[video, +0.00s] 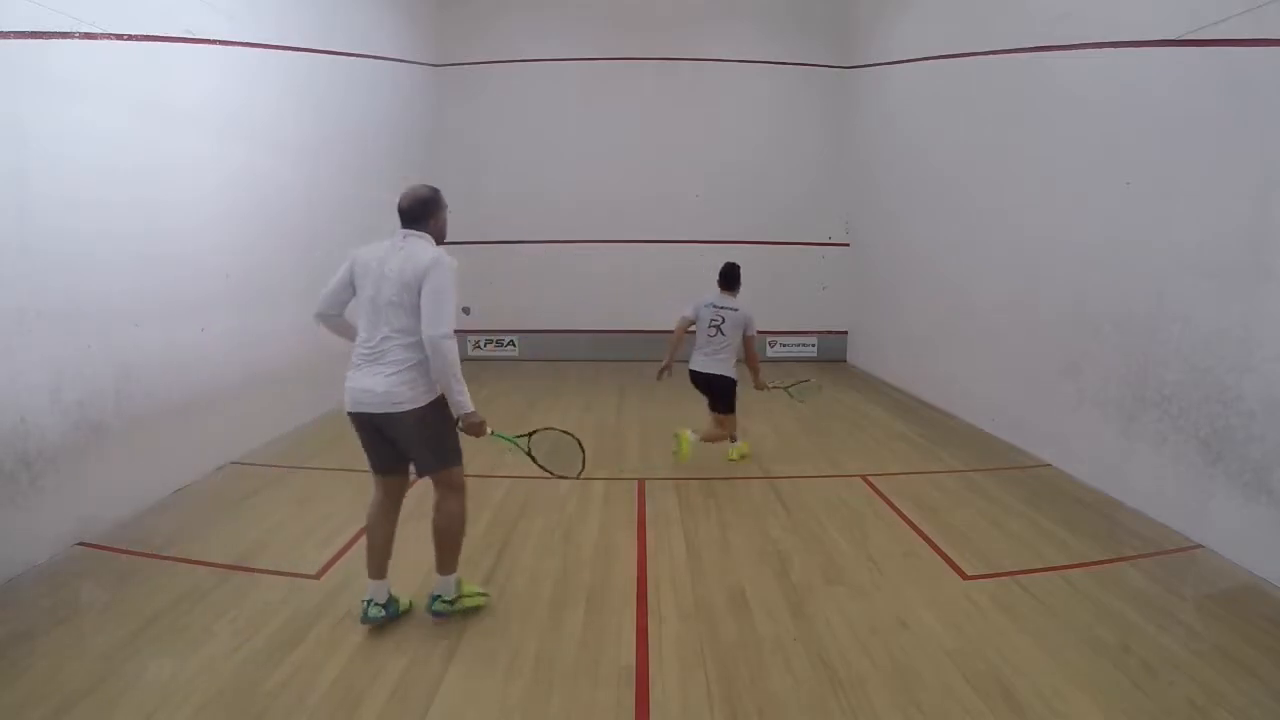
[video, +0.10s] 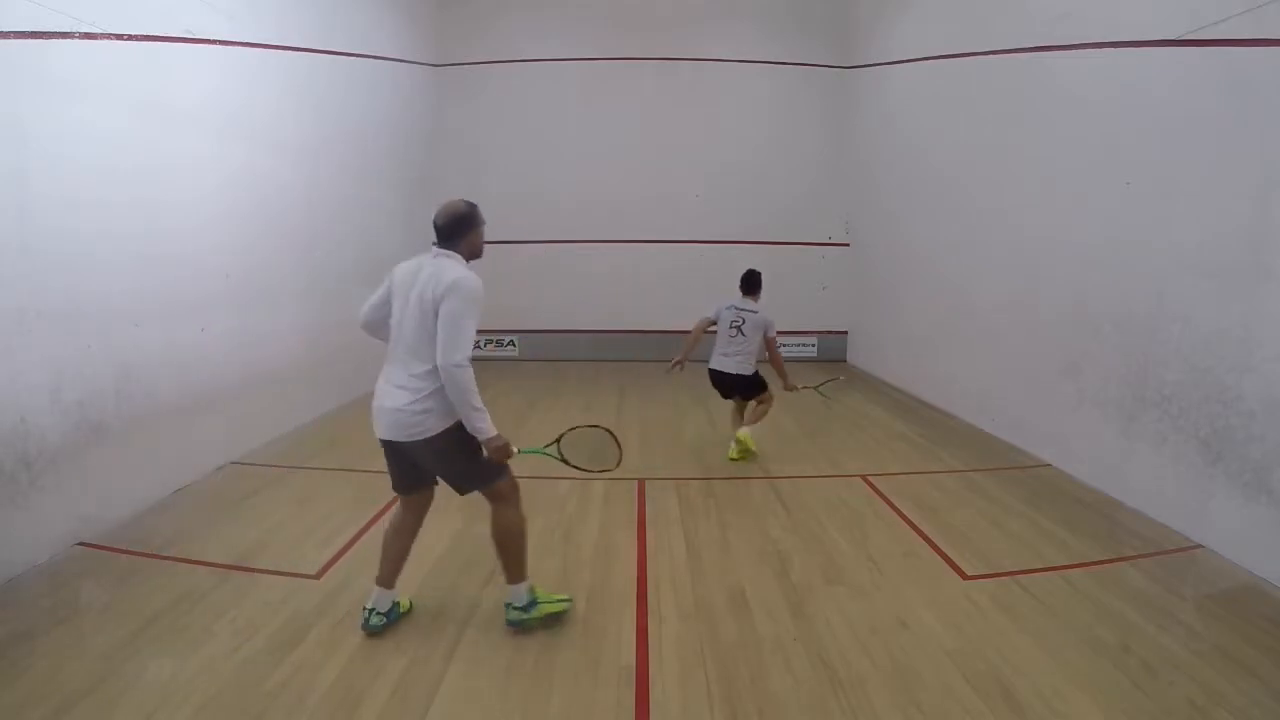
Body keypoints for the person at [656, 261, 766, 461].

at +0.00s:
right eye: (736, 282)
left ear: (718, 282)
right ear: (739, 285)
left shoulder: (703, 304)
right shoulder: (744, 314)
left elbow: (680, 329)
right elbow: (750, 355)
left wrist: (669, 360)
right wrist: (757, 379)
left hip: (696, 373)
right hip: (722, 378)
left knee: (722, 401)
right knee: (724, 431)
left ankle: (734, 443)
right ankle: (692, 437)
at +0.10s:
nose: (757, 290)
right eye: (758, 287)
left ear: (740, 288)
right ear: (760, 290)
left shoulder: (725, 309)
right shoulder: (764, 319)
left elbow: (699, 327)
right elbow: (774, 356)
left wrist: (683, 356)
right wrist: (786, 381)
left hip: (716, 371)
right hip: (743, 375)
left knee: (740, 400)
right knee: (765, 400)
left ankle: (736, 445)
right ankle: (745, 430)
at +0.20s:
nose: (779, 295)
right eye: (779, 292)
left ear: (760, 293)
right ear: (778, 295)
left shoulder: (744, 311)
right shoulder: (782, 322)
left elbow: (717, 325)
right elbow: (795, 359)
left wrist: (700, 345)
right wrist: (810, 383)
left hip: (737, 370)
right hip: (763, 372)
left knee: (749, 406)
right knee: (784, 384)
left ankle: (738, 434)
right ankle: (787, 423)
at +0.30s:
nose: (798, 304)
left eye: (797, 300)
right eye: (798, 301)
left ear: (779, 301)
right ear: (795, 302)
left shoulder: (765, 317)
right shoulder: (800, 328)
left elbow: (741, 328)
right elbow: (814, 365)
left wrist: (720, 346)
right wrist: (831, 388)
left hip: (754, 372)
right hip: (780, 375)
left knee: (750, 413)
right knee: (797, 389)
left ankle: (743, 429)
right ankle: (805, 412)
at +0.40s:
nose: (814, 323)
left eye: (812, 320)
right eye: (813, 321)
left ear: (795, 320)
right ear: (811, 322)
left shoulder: (781, 334)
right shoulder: (814, 341)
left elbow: (758, 351)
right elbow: (832, 369)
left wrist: (740, 373)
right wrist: (853, 387)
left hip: (772, 380)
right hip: (796, 382)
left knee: (762, 409)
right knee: (813, 384)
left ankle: (751, 428)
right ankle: (812, 414)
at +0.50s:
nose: (824, 348)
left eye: (824, 346)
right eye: (824, 346)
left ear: (808, 341)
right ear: (821, 344)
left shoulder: (791, 348)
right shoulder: (819, 352)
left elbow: (777, 371)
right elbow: (835, 371)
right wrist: (848, 383)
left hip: (783, 379)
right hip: (805, 380)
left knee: (769, 423)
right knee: (820, 377)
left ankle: (756, 425)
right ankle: (811, 413)